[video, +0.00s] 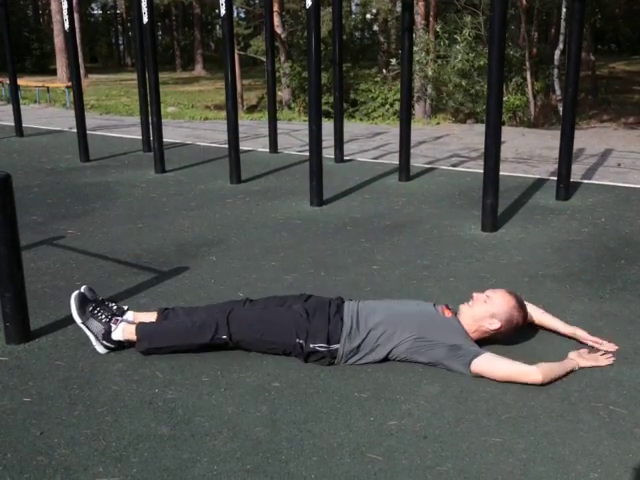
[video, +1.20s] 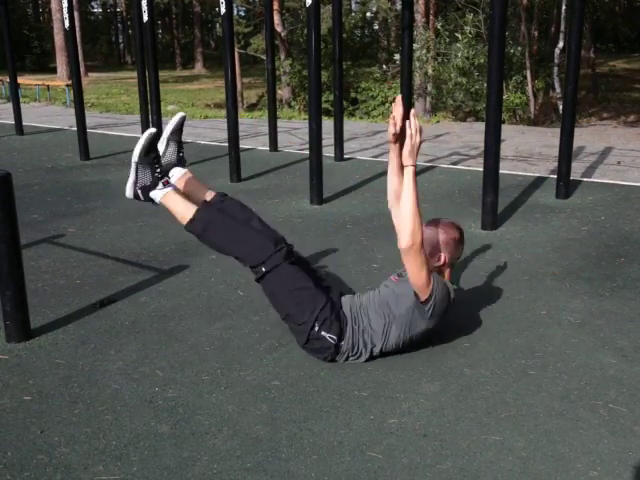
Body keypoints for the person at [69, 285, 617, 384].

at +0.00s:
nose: (486, 294)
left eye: (495, 301)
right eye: (493, 295)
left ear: (492, 325)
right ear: (480, 305)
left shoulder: (454, 341)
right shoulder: (449, 315)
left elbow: (521, 373)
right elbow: (522, 304)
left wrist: (571, 360)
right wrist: (576, 335)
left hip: (321, 331)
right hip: (322, 309)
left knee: (223, 322)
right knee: (223, 310)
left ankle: (120, 335)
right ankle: (124, 319)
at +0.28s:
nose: (485, 294)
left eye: (495, 300)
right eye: (494, 295)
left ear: (491, 325)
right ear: (482, 304)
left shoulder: (450, 340)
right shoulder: (447, 314)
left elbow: (513, 351)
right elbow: (516, 295)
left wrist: (572, 343)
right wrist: (573, 315)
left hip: (320, 329)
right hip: (321, 308)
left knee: (224, 313)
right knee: (226, 303)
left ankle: (119, 329)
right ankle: (125, 319)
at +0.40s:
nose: (476, 293)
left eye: (484, 296)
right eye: (480, 288)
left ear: (485, 312)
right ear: (470, 296)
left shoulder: (455, 336)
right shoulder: (448, 309)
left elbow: (499, 296)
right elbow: (476, 260)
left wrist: (554, 277)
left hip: (325, 330)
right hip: (327, 309)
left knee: (229, 297)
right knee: (232, 288)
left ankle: (124, 312)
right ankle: (133, 309)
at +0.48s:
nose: (468, 268)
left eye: (477, 272)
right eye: (473, 266)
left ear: (483, 293)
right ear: (470, 281)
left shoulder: (452, 323)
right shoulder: (445, 296)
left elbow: (473, 263)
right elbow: (450, 235)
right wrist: (495, 192)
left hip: (327, 329)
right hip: (328, 308)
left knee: (233, 279)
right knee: (237, 274)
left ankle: (124, 289)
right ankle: (136, 284)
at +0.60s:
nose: (435, 252)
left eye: (445, 252)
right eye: (442, 248)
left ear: (458, 274)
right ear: (456, 271)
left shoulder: (434, 308)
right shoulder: (436, 293)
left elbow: (405, 247)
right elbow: (409, 242)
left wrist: (410, 173)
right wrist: (413, 168)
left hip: (322, 334)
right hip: (327, 309)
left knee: (252, 254)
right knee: (257, 249)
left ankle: (138, 243)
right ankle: (150, 241)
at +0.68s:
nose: (408, 238)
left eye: (418, 236)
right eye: (415, 232)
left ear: (438, 254)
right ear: (435, 251)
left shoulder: (418, 286)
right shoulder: (424, 276)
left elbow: (372, 229)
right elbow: (384, 203)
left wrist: (354, 160)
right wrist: (371, 144)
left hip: (320, 333)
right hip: (327, 316)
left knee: (269, 240)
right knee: (273, 236)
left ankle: (160, 206)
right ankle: (170, 205)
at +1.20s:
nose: (421, 238)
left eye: (429, 237)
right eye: (425, 234)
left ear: (444, 256)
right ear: (433, 251)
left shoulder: (433, 294)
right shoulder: (425, 282)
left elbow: (410, 241)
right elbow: (398, 213)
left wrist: (411, 165)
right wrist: (393, 148)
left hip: (332, 333)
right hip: (340, 314)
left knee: (264, 253)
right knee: (271, 245)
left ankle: (155, 189)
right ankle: (177, 172)